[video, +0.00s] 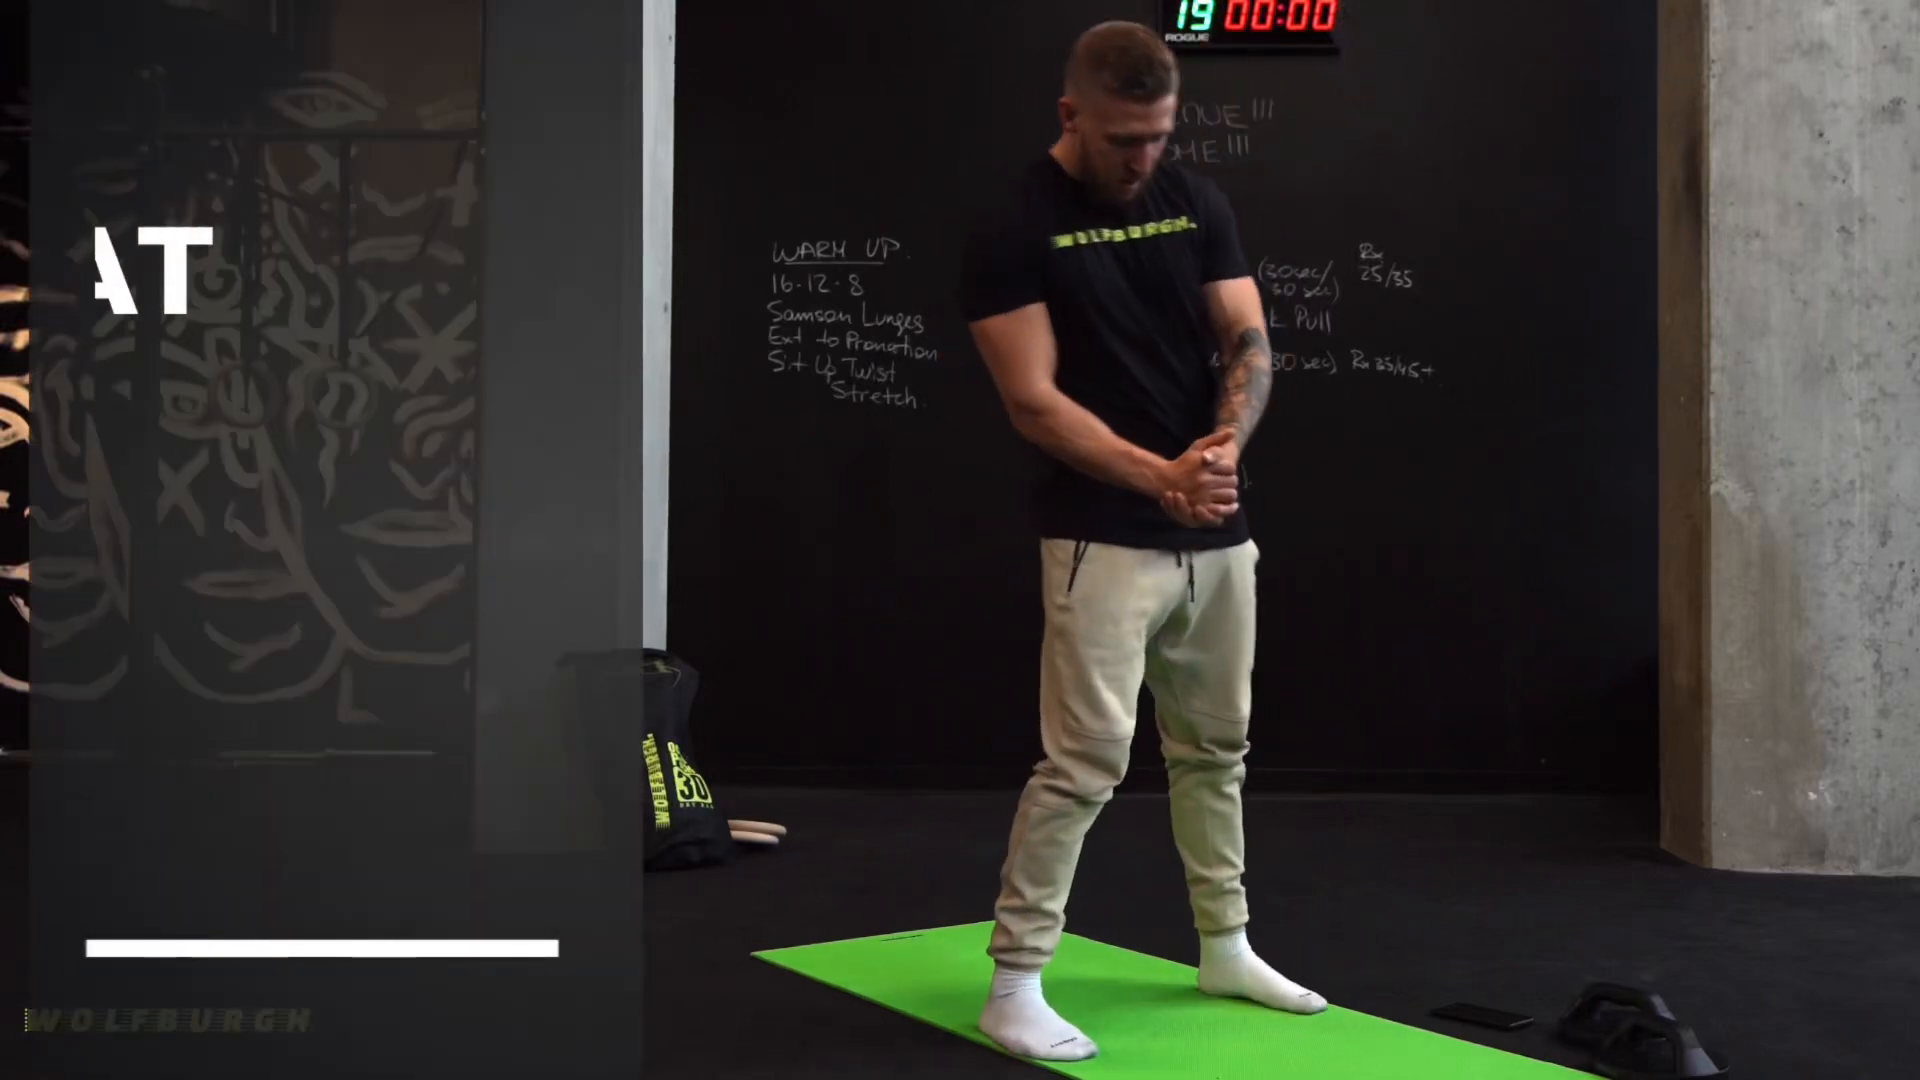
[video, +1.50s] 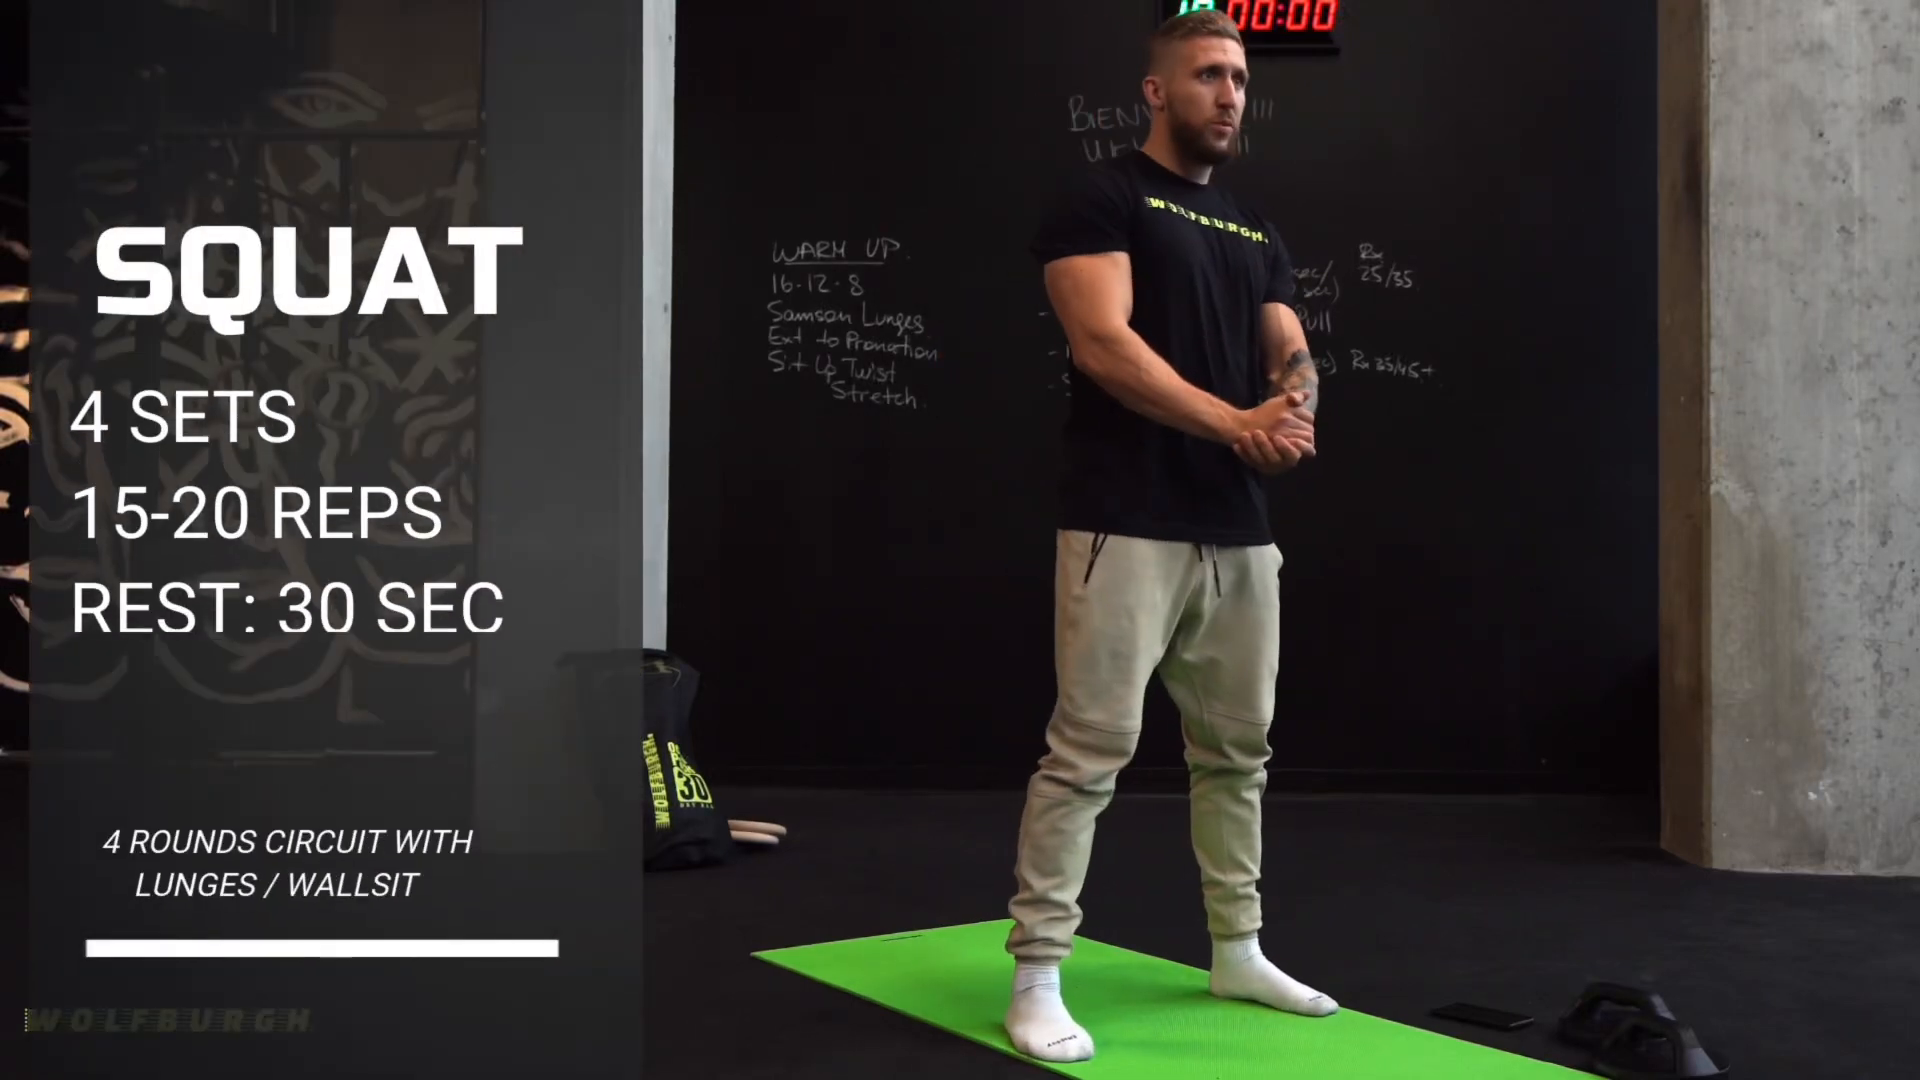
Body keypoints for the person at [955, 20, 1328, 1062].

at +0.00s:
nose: (1146, 160)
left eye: (1160, 139)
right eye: (1124, 140)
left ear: (1177, 114)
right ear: (1068, 114)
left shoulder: (1199, 202)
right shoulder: (1016, 229)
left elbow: (1249, 343)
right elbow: (1032, 404)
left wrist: (1227, 443)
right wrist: (1155, 479)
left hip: (1214, 532)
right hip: (1102, 538)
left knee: (1213, 749)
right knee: (1085, 760)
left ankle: (1225, 950)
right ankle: (1015, 986)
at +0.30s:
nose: (1247, 165)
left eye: (1263, 148)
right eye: (1232, 141)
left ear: (1279, 133)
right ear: (1183, 105)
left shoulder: (1272, 228)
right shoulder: (1099, 208)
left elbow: (1307, 366)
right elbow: (1089, 362)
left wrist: (1275, 436)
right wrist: (1199, 456)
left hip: (1240, 536)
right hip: (1124, 529)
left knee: (1231, 750)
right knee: (1088, 752)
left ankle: (1229, 954)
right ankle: (1039, 972)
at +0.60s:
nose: (1261, 168)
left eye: (1279, 153)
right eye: (1250, 143)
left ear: (1290, 143)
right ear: (1203, 106)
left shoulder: (1259, 241)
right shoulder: (1103, 196)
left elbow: (1287, 373)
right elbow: (1085, 344)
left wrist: (1273, 423)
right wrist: (1198, 433)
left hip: (1220, 535)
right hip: (1105, 526)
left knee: (1217, 750)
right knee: (1083, 753)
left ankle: (1227, 954)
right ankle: (1036, 977)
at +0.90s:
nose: (1204, 139)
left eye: (1220, 121)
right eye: (1189, 115)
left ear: (1231, 119)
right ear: (1136, 90)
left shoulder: (1213, 224)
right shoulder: (1053, 192)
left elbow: (1243, 348)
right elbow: (1060, 347)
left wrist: (1254, 406)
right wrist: (1196, 424)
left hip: (1198, 530)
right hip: (1082, 525)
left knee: (1218, 745)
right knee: (1069, 758)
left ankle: (1232, 950)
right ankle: (1031, 980)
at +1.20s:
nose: (1215, 116)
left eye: (1226, 97)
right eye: (1195, 96)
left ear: (1235, 101)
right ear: (1139, 94)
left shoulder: (1243, 215)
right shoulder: (1078, 209)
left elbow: (1288, 340)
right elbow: (1083, 359)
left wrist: (1285, 396)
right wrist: (1210, 431)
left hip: (1233, 529)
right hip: (1118, 527)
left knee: (1237, 748)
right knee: (1085, 755)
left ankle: (1238, 955)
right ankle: (1035, 980)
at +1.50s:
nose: (1232, 95)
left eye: (1239, 79)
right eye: (1211, 76)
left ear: (1244, 96)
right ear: (1154, 89)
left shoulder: (1251, 232)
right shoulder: (1095, 200)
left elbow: (1288, 352)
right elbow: (1101, 344)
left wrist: (1292, 405)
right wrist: (1232, 423)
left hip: (1236, 528)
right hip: (1123, 523)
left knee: (1235, 747)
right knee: (1090, 749)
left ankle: (1237, 955)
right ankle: (1037, 980)